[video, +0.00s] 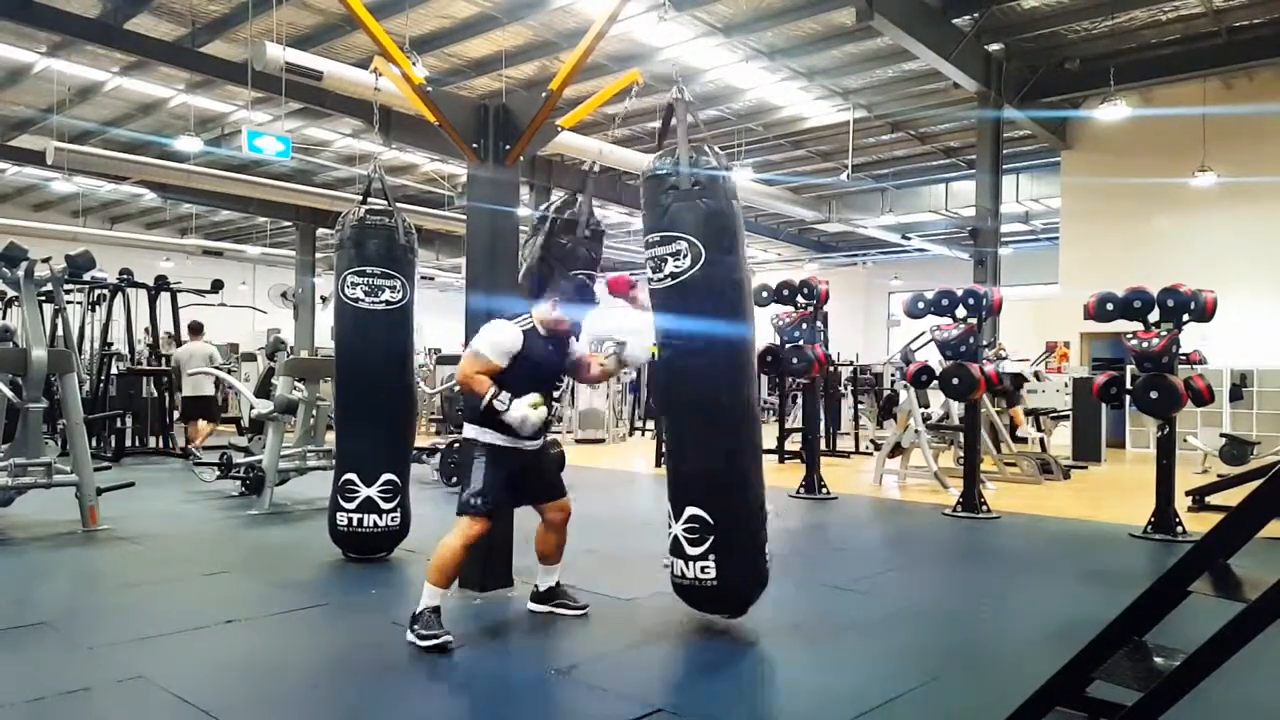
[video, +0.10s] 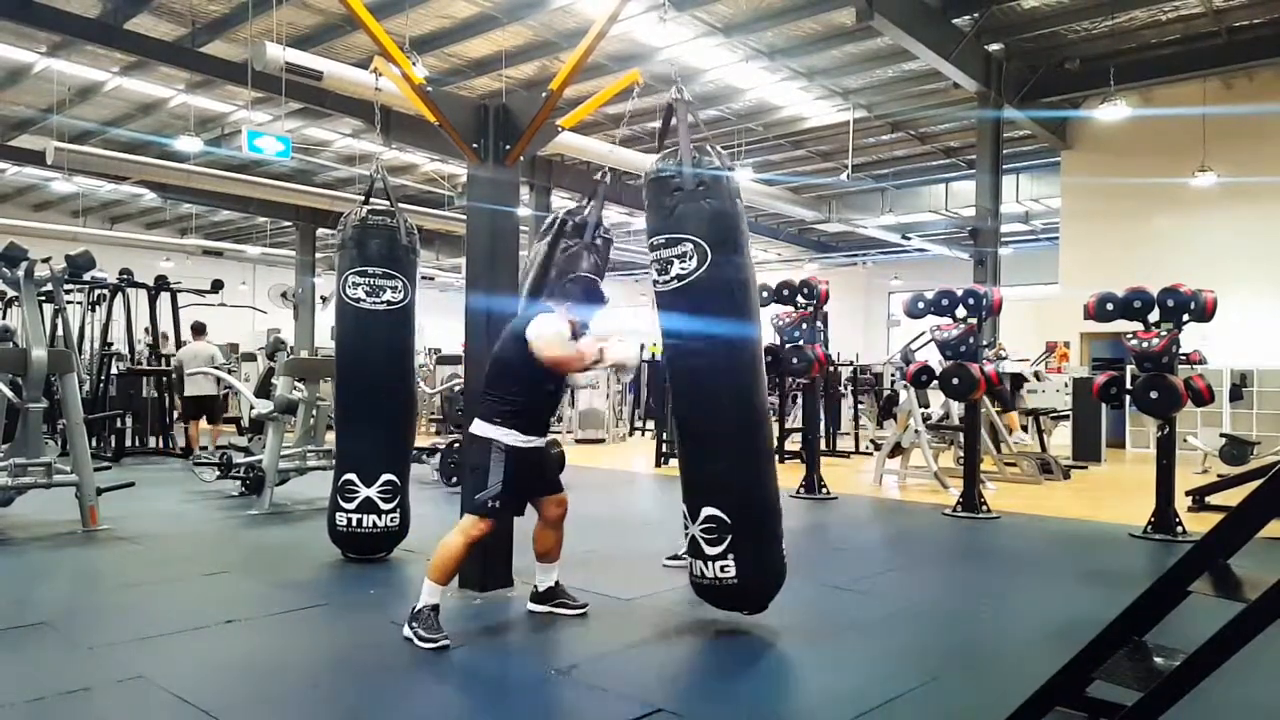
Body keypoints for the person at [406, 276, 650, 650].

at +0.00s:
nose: (575, 324)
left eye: (579, 318)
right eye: (572, 315)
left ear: (575, 313)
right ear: (552, 304)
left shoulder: (566, 340)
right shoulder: (506, 334)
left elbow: (587, 373)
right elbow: (467, 375)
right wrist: (508, 406)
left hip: (533, 448)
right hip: (488, 446)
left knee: (557, 513)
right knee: (474, 525)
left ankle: (546, 590)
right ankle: (426, 613)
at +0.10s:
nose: (587, 324)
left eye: (590, 319)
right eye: (585, 317)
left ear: (582, 312)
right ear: (568, 305)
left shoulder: (565, 330)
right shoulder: (544, 321)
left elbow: (578, 359)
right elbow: (554, 358)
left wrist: (603, 355)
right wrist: (594, 352)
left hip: (531, 441)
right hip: (494, 438)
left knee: (554, 508)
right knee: (476, 525)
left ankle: (545, 589)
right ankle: (424, 611)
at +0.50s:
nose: (550, 325)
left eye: (553, 319)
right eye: (549, 316)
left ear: (530, 308)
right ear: (529, 305)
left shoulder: (522, 342)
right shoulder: (491, 335)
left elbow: (529, 390)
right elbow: (504, 392)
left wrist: (565, 382)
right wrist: (540, 364)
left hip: (512, 450)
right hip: (474, 449)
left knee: (541, 515)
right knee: (470, 533)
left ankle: (547, 589)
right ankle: (403, 624)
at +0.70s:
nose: (529, 304)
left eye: (532, 299)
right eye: (529, 296)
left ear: (513, 287)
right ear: (512, 283)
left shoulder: (496, 317)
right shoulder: (473, 309)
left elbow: (501, 376)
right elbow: (492, 371)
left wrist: (522, 389)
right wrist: (523, 335)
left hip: (486, 435)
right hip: (449, 434)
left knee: (519, 503)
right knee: (432, 529)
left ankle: (494, 591)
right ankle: (381, 622)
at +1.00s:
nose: (519, 302)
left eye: (523, 295)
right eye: (517, 292)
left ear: (506, 286)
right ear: (494, 278)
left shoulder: (499, 319)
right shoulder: (445, 303)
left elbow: (517, 349)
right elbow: (435, 358)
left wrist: (553, 345)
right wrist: (490, 348)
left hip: (477, 435)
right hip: (429, 435)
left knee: (505, 509)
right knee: (400, 526)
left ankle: (487, 593)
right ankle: (357, 621)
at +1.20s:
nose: (496, 305)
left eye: (500, 298)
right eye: (494, 295)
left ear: (482, 288)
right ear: (473, 282)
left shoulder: (476, 324)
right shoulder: (423, 312)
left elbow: (478, 370)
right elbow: (409, 367)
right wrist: (471, 362)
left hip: (462, 442)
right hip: (415, 442)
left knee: (482, 517)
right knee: (388, 530)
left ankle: (480, 602)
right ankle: (320, 616)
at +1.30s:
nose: (479, 308)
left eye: (482, 301)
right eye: (478, 298)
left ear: (460, 290)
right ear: (456, 286)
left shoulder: (455, 328)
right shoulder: (408, 316)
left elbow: (451, 378)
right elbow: (399, 372)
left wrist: (478, 391)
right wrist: (458, 391)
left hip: (440, 447)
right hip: (393, 446)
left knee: (467, 524)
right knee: (370, 538)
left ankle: (480, 602)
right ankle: (304, 625)